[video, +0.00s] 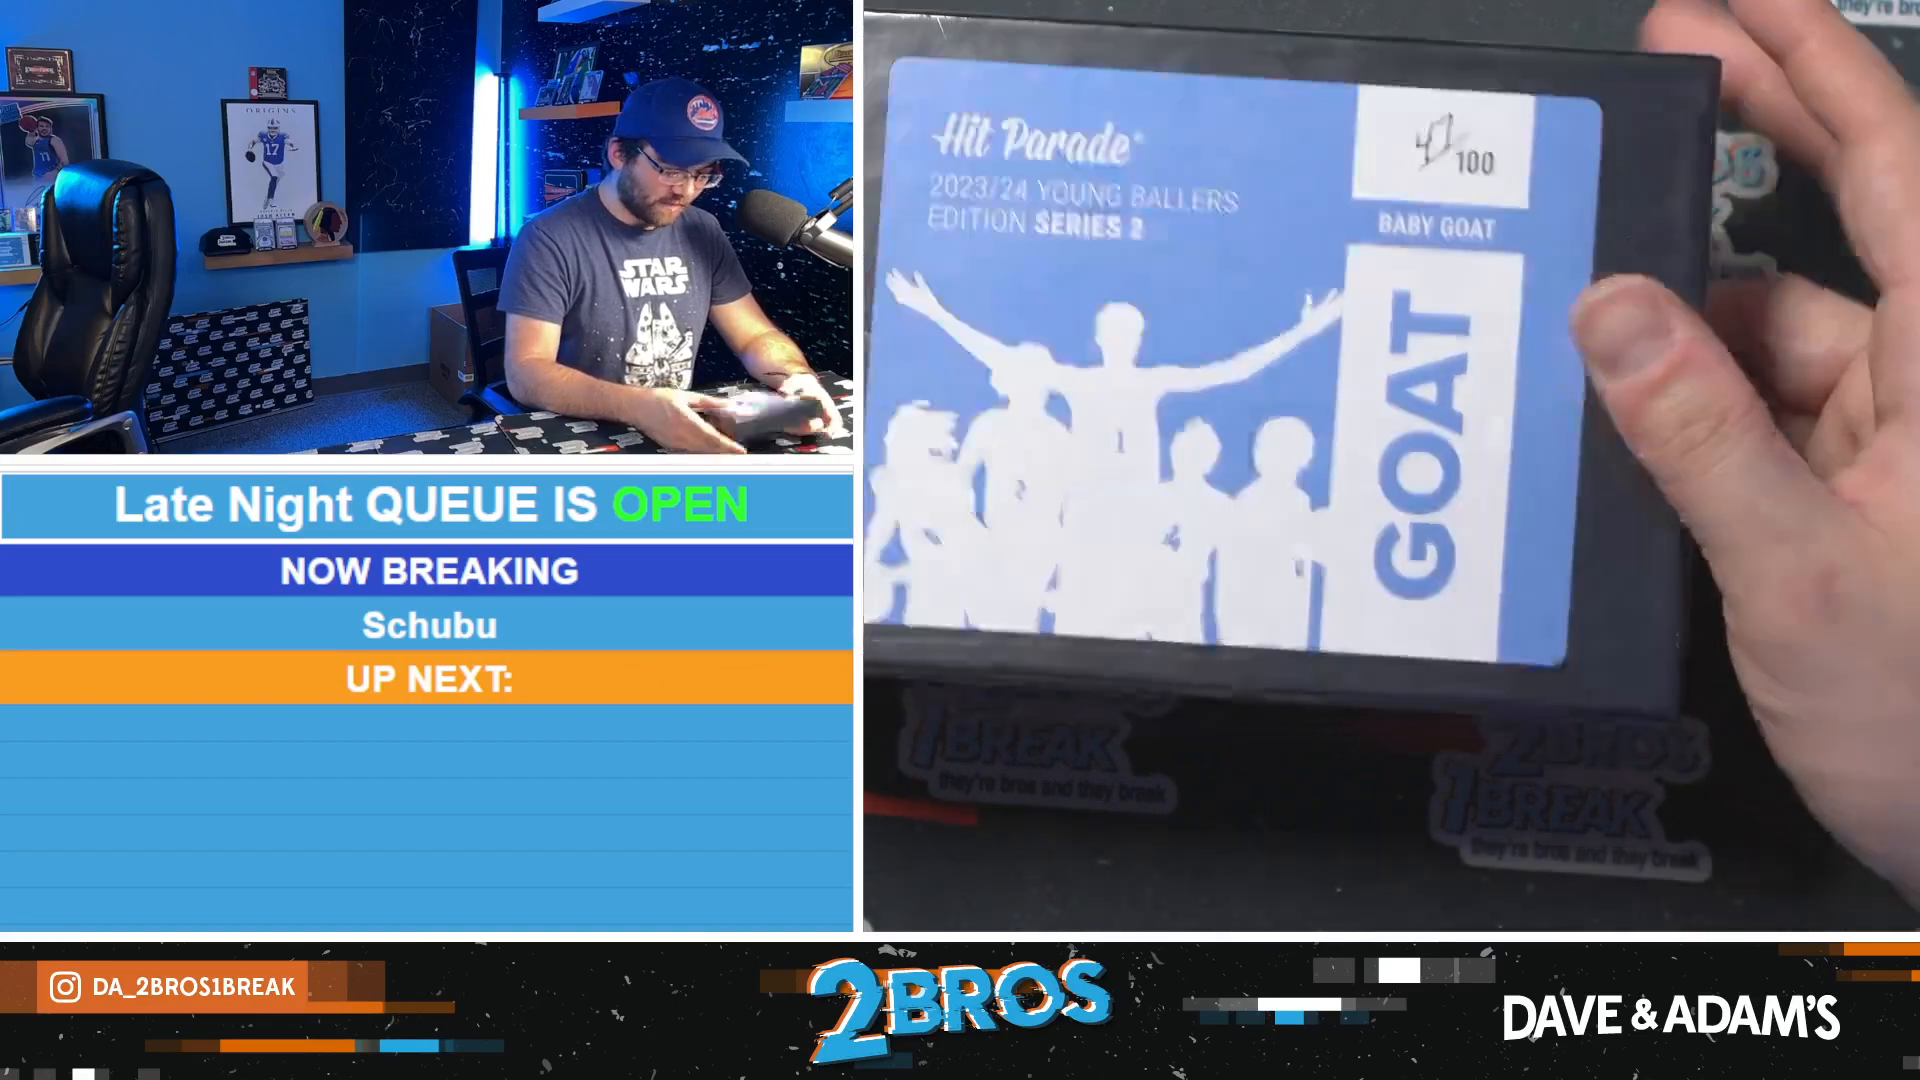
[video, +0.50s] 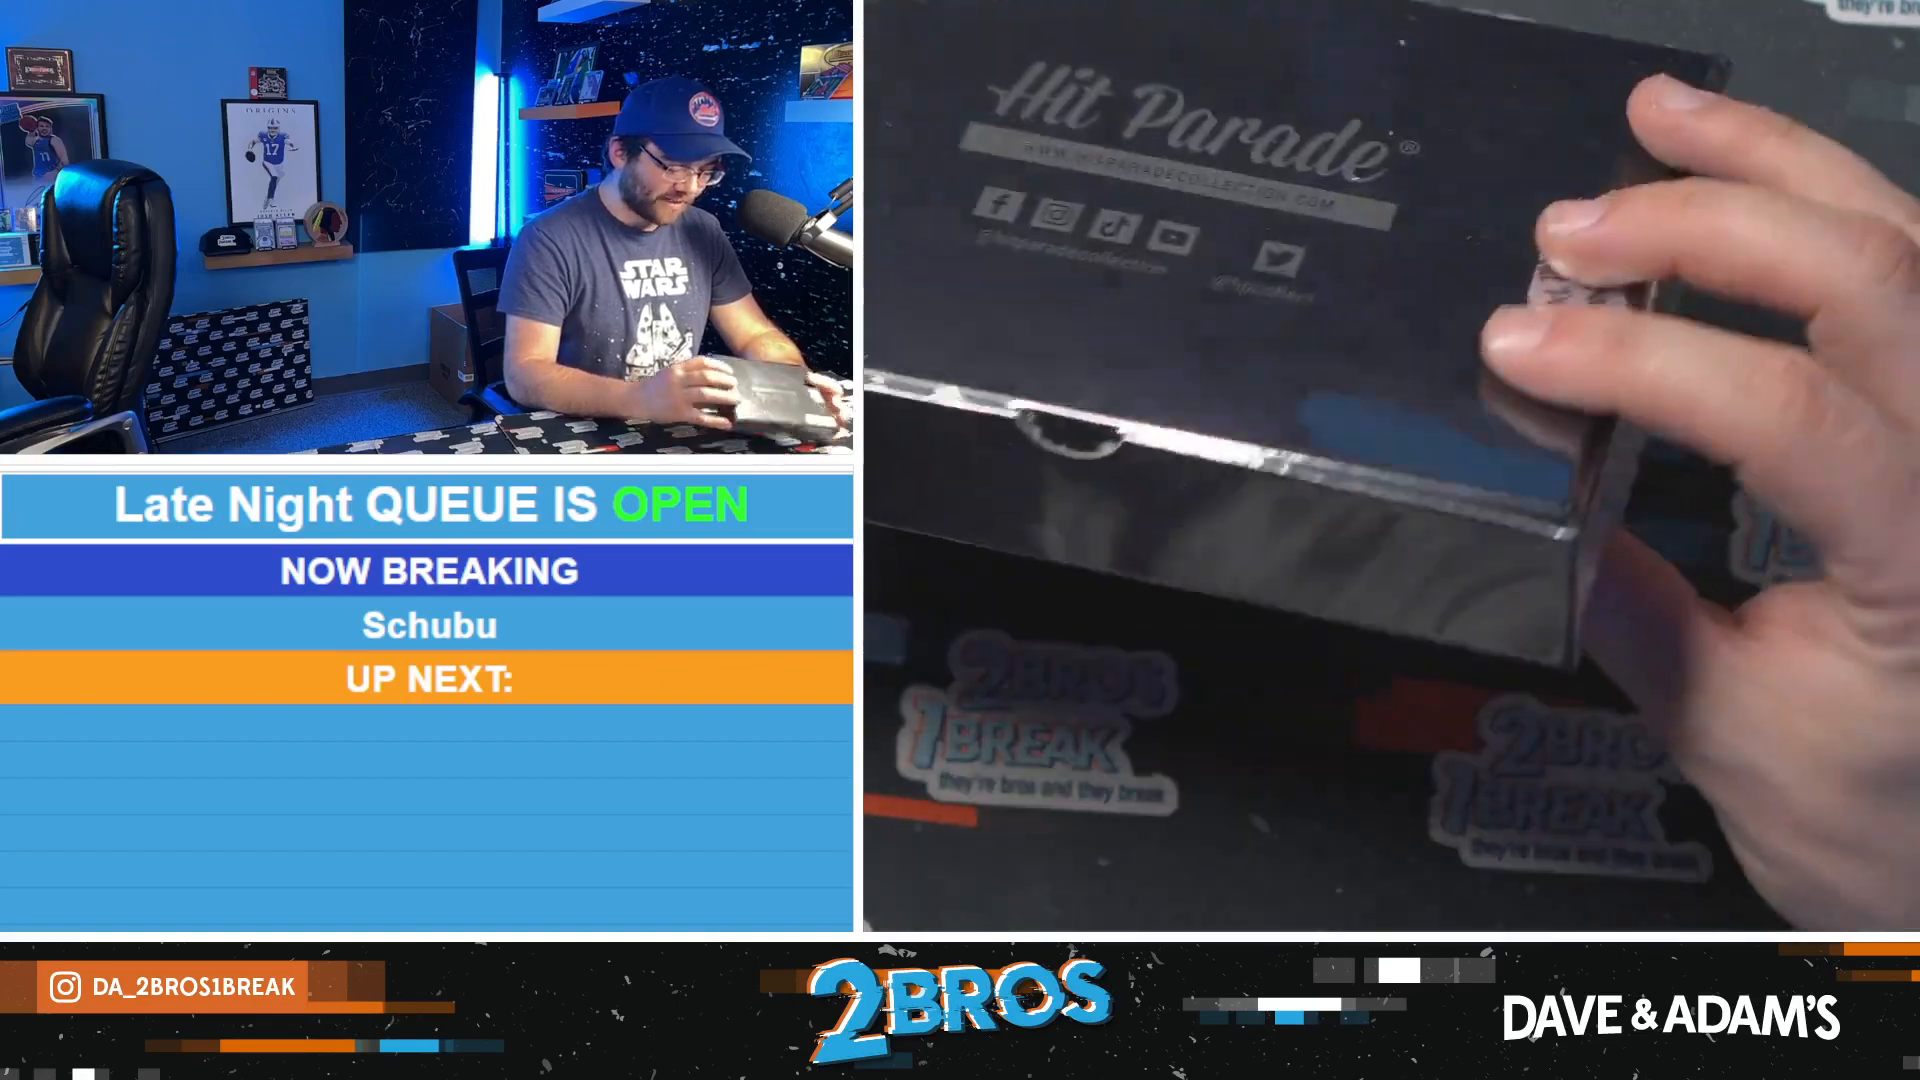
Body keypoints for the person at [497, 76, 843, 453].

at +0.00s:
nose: (687, 191)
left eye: (702, 173)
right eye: (671, 169)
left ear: (715, 169)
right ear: (619, 154)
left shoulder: (702, 233)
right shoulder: (553, 238)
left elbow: (757, 336)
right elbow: (529, 374)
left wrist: (797, 375)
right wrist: (643, 407)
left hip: (684, 460)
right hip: (579, 464)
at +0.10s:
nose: (686, 189)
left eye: (701, 171)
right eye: (669, 167)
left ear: (714, 169)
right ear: (619, 155)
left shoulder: (701, 233)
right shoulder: (552, 238)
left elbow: (755, 334)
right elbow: (527, 374)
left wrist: (794, 378)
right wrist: (641, 406)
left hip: (681, 461)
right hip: (576, 465)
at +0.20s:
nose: (687, 187)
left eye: (702, 170)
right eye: (670, 166)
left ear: (714, 168)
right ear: (618, 154)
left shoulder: (700, 232)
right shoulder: (551, 237)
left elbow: (755, 335)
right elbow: (527, 373)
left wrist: (797, 383)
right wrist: (641, 406)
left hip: (681, 458)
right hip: (576, 463)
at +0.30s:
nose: (689, 185)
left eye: (704, 168)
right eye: (672, 163)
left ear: (715, 166)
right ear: (619, 152)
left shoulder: (702, 232)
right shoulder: (552, 236)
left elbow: (757, 336)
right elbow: (527, 374)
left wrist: (795, 385)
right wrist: (642, 402)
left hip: (685, 457)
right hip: (581, 462)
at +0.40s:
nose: (687, 187)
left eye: (702, 170)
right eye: (671, 165)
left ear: (714, 168)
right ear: (618, 153)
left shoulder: (703, 232)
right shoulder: (553, 239)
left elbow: (756, 335)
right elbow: (528, 375)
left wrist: (800, 385)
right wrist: (642, 400)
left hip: (687, 458)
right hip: (582, 463)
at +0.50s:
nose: (689, 185)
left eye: (704, 169)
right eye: (673, 165)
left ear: (715, 169)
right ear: (620, 152)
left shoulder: (701, 232)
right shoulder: (552, 239)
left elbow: (755, 333)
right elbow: (527, 375)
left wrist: (797, 380)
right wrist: (641, 398)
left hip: (686, 457)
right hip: (581, 462)